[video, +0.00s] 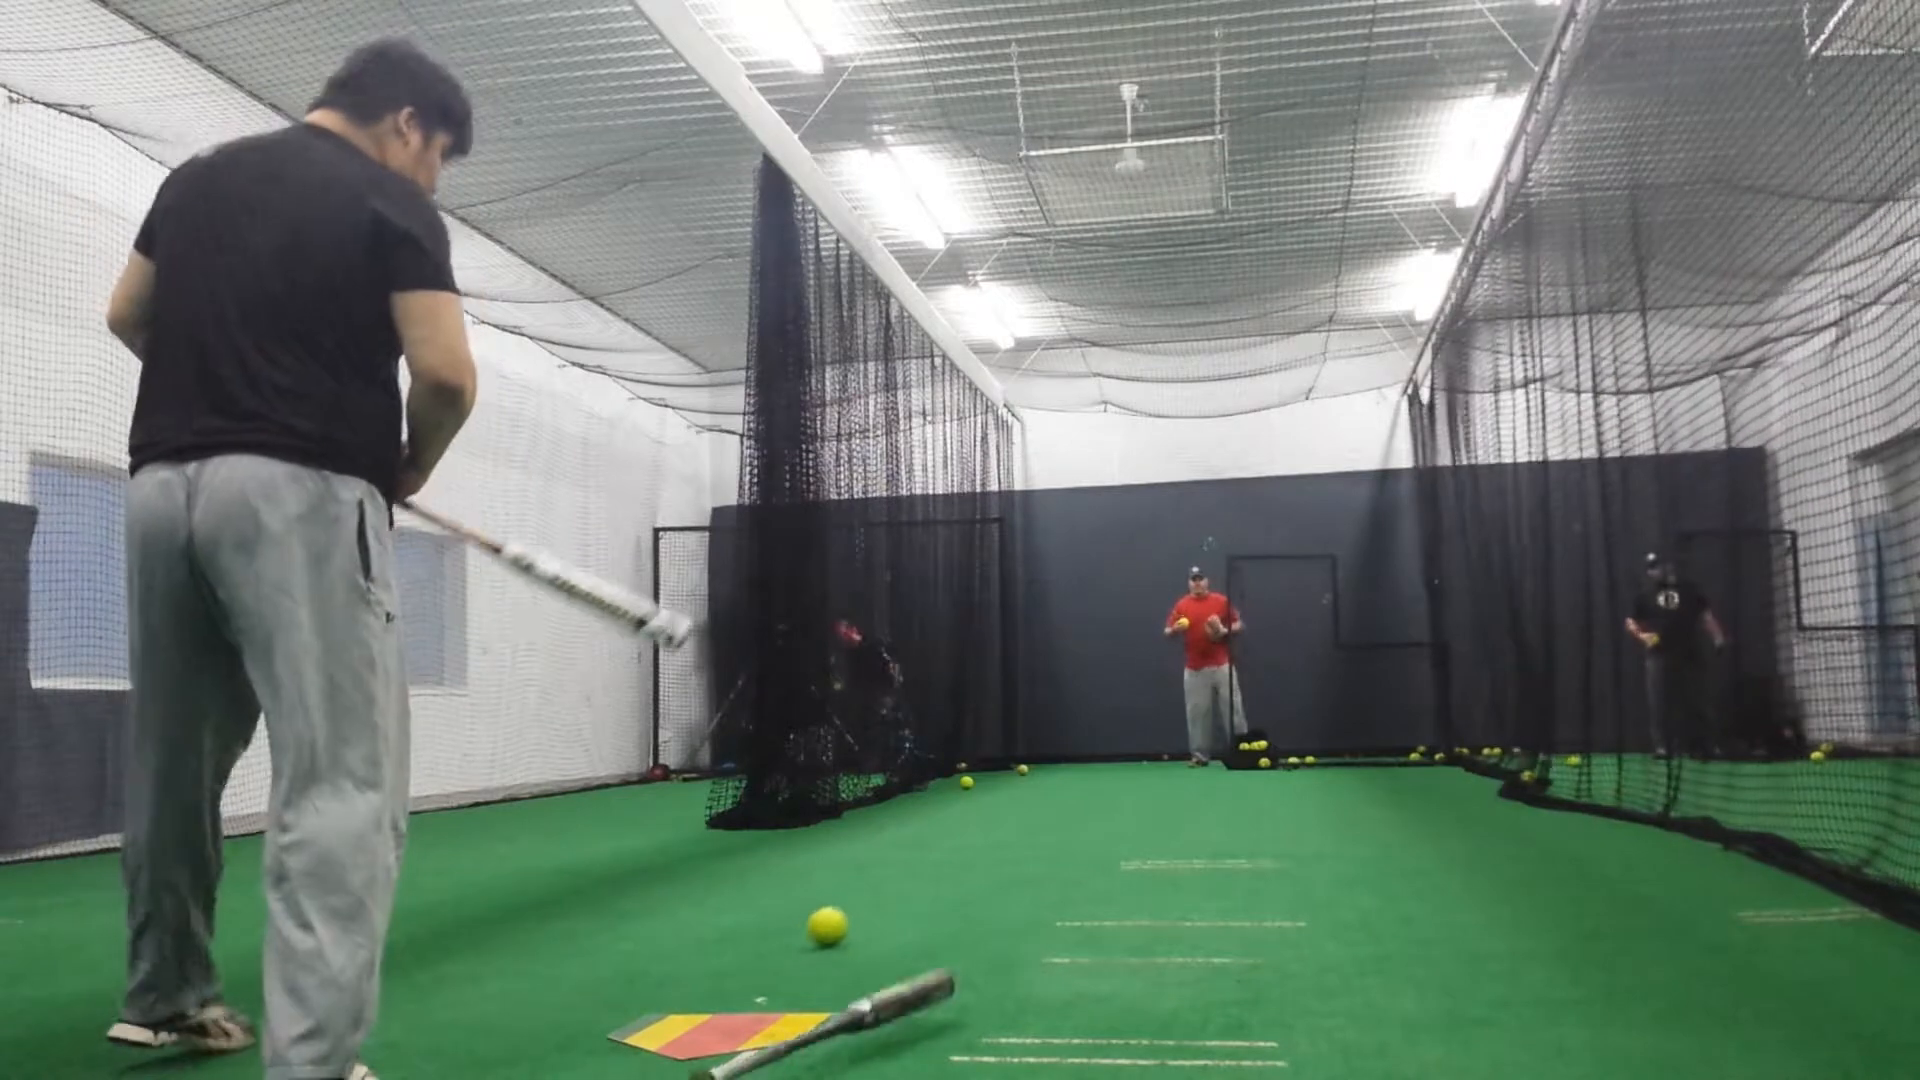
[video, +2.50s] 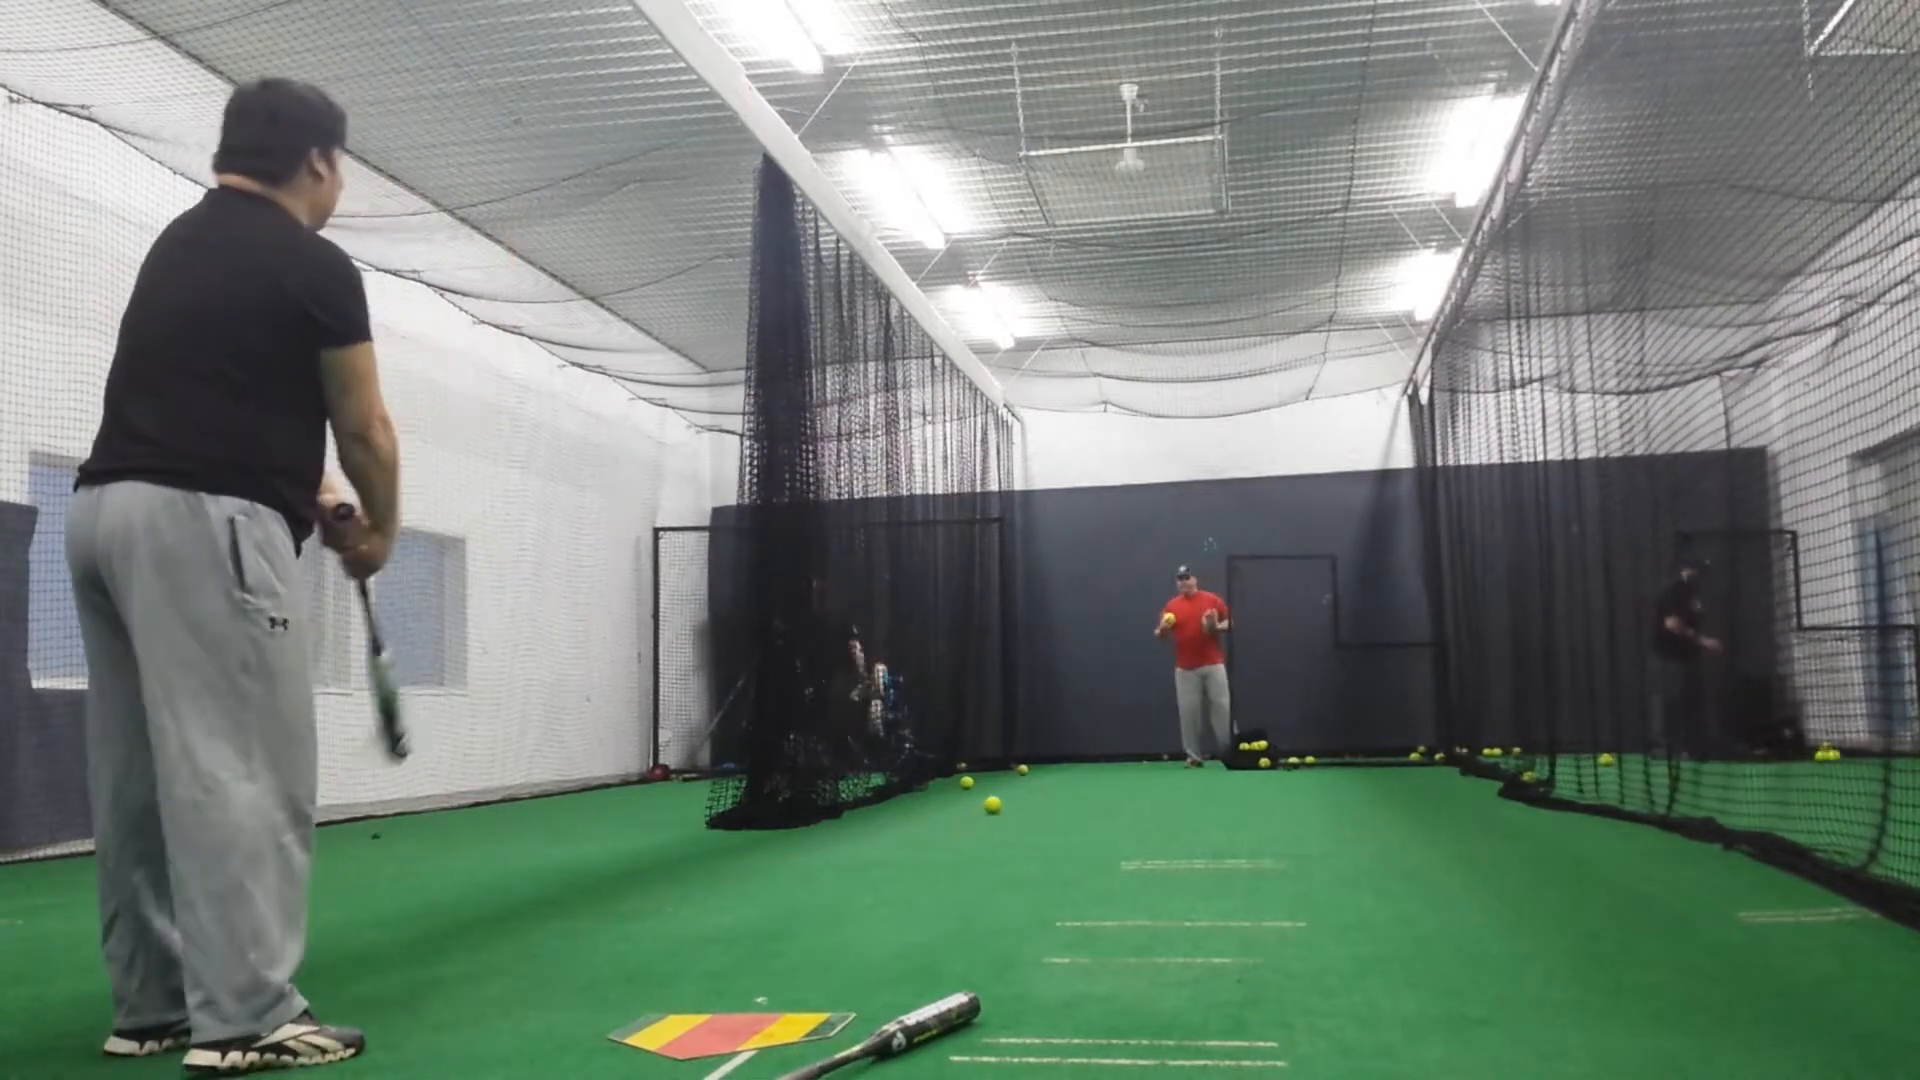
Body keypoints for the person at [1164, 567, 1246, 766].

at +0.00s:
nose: (1197, 583)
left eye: (1200, 579)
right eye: (1193, 579)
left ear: (1207, 582)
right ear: (1188, 583)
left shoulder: (1221, 601)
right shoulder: (1182, 605)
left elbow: (1238, 623)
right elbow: (1167, 631)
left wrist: (1224, 630)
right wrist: (1176, 629)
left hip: (1220, 665)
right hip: (1195, 667)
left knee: (1233, 708)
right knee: (1196, 711)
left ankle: (1241, 750)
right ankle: (1199, 752)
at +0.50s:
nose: (1209, 584)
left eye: (1212, 580)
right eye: (1205, 581)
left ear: (1218, 582)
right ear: (1201, 584)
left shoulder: (1233, 601)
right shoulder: (1195, 605)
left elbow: (1259, 616)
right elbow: (1177, 629)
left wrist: (1243, 623)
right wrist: (1185, 626)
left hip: (1228, 664)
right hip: (1203, 665)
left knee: (1233, 709)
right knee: (1202, 710)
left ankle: (1238, 751)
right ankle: (1200, 752)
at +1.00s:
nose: (1222, 583)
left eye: (1226, 578)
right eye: (1219, 579)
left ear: (1236, 581)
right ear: (1216, 582)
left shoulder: (1251, 599)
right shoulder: (1213, 604)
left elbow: (1276, 617)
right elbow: (1195, 630)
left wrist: (1255, 624)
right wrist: (1194, 619)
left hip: (1240, 665)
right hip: (1214, 661)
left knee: (1242, 709)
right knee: (1195, 701)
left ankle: (1246, 751)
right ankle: (1180, 748)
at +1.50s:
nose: (1219, 583)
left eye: (1223, 578)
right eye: (1217, 578)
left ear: (1233, 580)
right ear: (1215, 581)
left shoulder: (1246, 601)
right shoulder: (1209, 601)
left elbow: (1269, 624)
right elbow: (1198, 624)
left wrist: (1249, 627)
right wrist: (1191, 618)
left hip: (1238, 666)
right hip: (1212, 664)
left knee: (1240, 709)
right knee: (1199, 706)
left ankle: (1241, 750)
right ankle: (1194, 748)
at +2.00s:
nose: (1193, 586)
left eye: (1196, 582)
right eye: (1192, 582)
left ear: (1209, 582)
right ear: (1193, 585)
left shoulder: (1226, 604)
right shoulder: (1190, 606)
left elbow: (1247, 626)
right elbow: (1175, 635)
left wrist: (1229, 630)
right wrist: (1179, 627)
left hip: (1221, 667)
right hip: (1195, 667)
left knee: (1226, 711)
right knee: (1193, 711)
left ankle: (1235, 751)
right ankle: (1194, 754)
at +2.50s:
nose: (1184, 582)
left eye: (1187, 578)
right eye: (1180, 579)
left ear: (1195, 580)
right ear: (1176, 583)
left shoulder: (1211, 600)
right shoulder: (1171, 606)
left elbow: (1228, 621)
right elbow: (1159, 635)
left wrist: (1216, 626)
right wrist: (1164, 627)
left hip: (1212, 662)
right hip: (1186, 666)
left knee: (1221, 707)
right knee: (1188, 710)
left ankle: (1227, 752)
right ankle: (1193, 755)